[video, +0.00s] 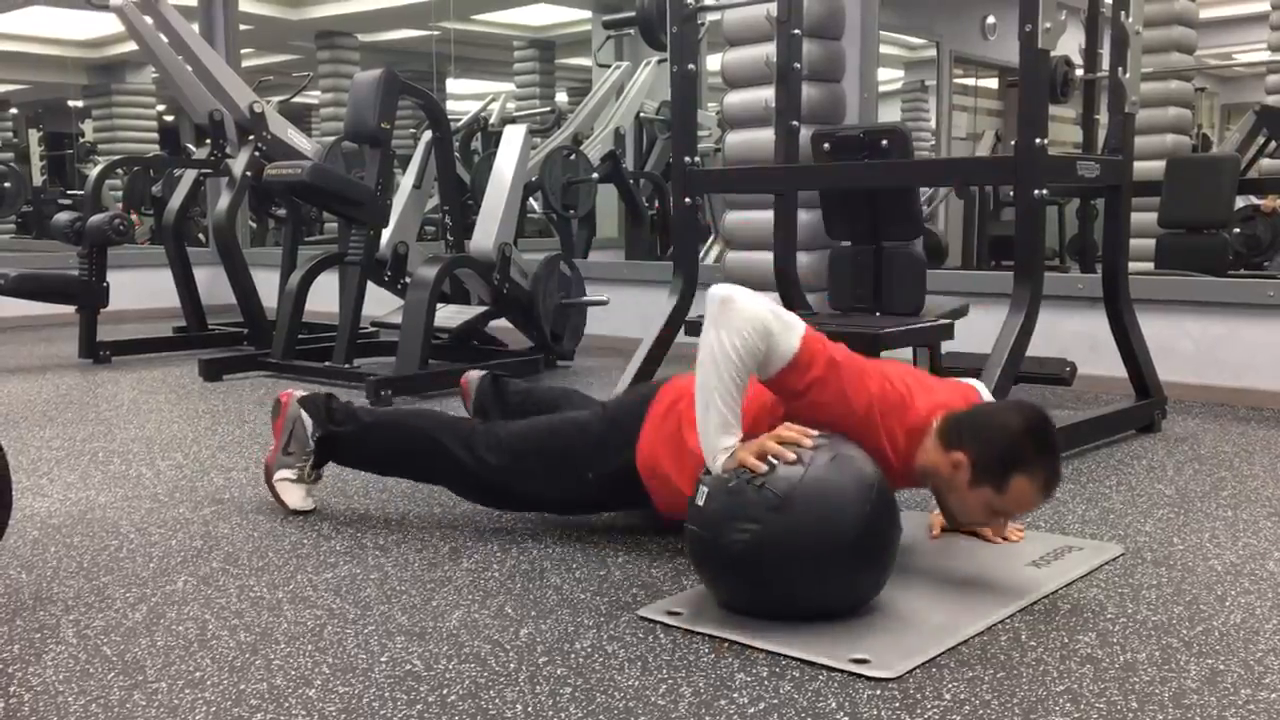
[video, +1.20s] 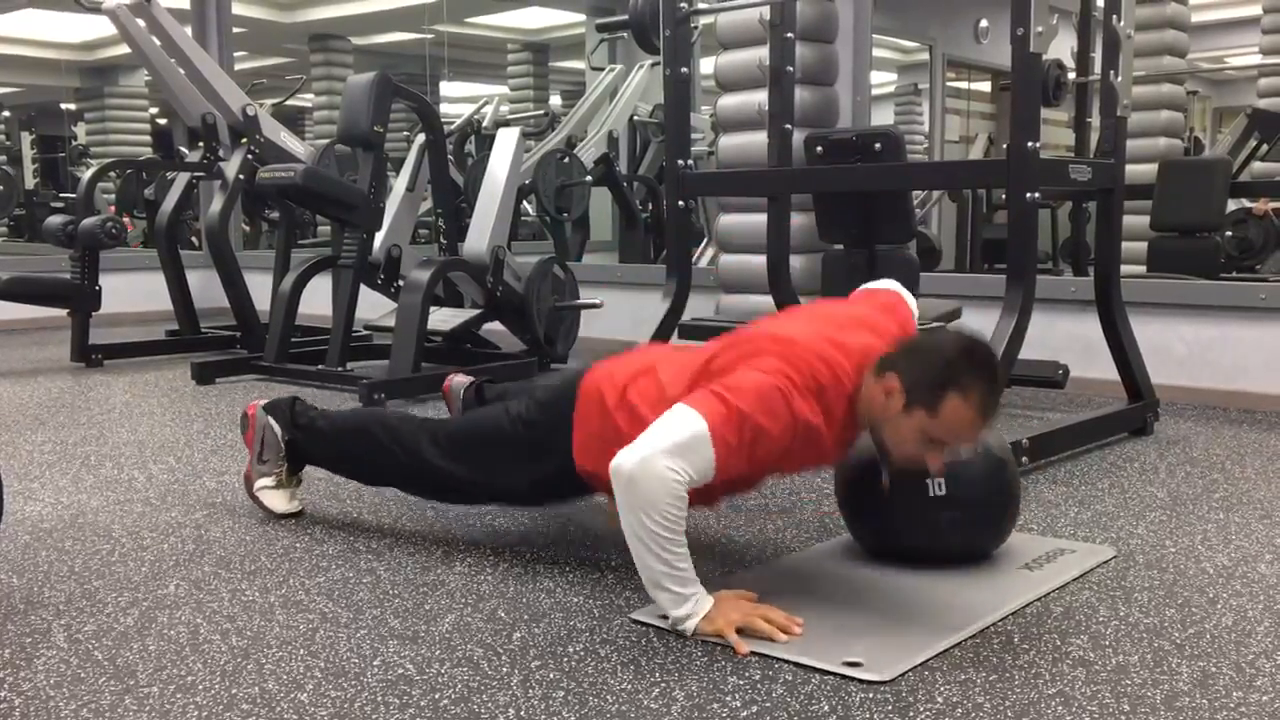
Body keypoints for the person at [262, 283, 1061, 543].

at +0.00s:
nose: (995, 525)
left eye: (1010, 519)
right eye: (991, 512)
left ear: (970, 460)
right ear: (947, 459)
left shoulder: (959, 418)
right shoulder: (867, 401)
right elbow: (732, 308)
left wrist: (954, 509)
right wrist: (725, 442)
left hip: (692, 452)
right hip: (657, 437)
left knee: (579, 422)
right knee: (488, 462)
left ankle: (483, 381)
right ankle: (319, 420)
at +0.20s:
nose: (993, 471)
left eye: (1011, 464)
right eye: (995, 452)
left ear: (984, 416)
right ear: (958, 403)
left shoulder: (933, 388)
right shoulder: (865, 373)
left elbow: (940, 429)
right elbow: (709, 308)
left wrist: (950, 500)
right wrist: (724, 448)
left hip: (695, 415)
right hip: (655, 399)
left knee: (554, 419)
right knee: (488, 443)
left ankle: (469, 388)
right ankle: (316, 424)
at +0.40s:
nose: (967, 306)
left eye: (981, 292)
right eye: (961, 284)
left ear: (970, 273)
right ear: (912, 242)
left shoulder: (918, 300)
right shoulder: (817, 242)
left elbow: (935, 394)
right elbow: (672, 331)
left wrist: (944, 496)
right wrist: (780, 412)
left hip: (657, 356)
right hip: (609, 307)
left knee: (525, 386)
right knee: (460, 382)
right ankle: (301, 421)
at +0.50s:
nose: (937, 239)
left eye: (952, 227)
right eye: (932, 216)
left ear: (952, 213)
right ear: (889, 172)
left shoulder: (899, 242)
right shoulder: (792, 196)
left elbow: (925, 356)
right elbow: (723, 347)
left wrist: (955, 468)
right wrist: (838, 350)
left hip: (644, 326)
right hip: (600, 286)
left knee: (536, 377)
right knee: (454, 375)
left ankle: (480, 414)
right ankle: (297, 424)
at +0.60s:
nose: (926, 244)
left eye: (938, 231)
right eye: (924, 223)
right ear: (881, 178)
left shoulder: (879, 196)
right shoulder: (781, 203)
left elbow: (918, 280)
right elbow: (676, 337)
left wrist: (955, 367)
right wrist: (794, 390)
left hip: (642, 317)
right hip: (586, 305)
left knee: (524, 376)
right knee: (445, 388)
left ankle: (478, 419)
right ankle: (291, 426)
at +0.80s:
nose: (951, 444)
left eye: (969, 431)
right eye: (954, 425)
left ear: (948, 362)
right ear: (919, 382)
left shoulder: (902, 313)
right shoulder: (808, 369)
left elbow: (889, 273)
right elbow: (673, 457)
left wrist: (863, 385)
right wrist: (698, 603)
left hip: (646, 340)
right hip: (595, 393)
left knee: (496, 400)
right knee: (442, 437)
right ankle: (290, 426)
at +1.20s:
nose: (937, 463)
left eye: (955, 451)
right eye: (938, 445)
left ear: (927, 374)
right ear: (894, 398)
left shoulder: (887, 324)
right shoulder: (779, 406)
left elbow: (892, 285)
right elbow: (647, 474)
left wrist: (878, 413)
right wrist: (688, 605)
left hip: (646, 368)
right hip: (593, 424)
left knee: (525, 394)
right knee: (435, 454)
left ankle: (470, 387)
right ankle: (285, 429)